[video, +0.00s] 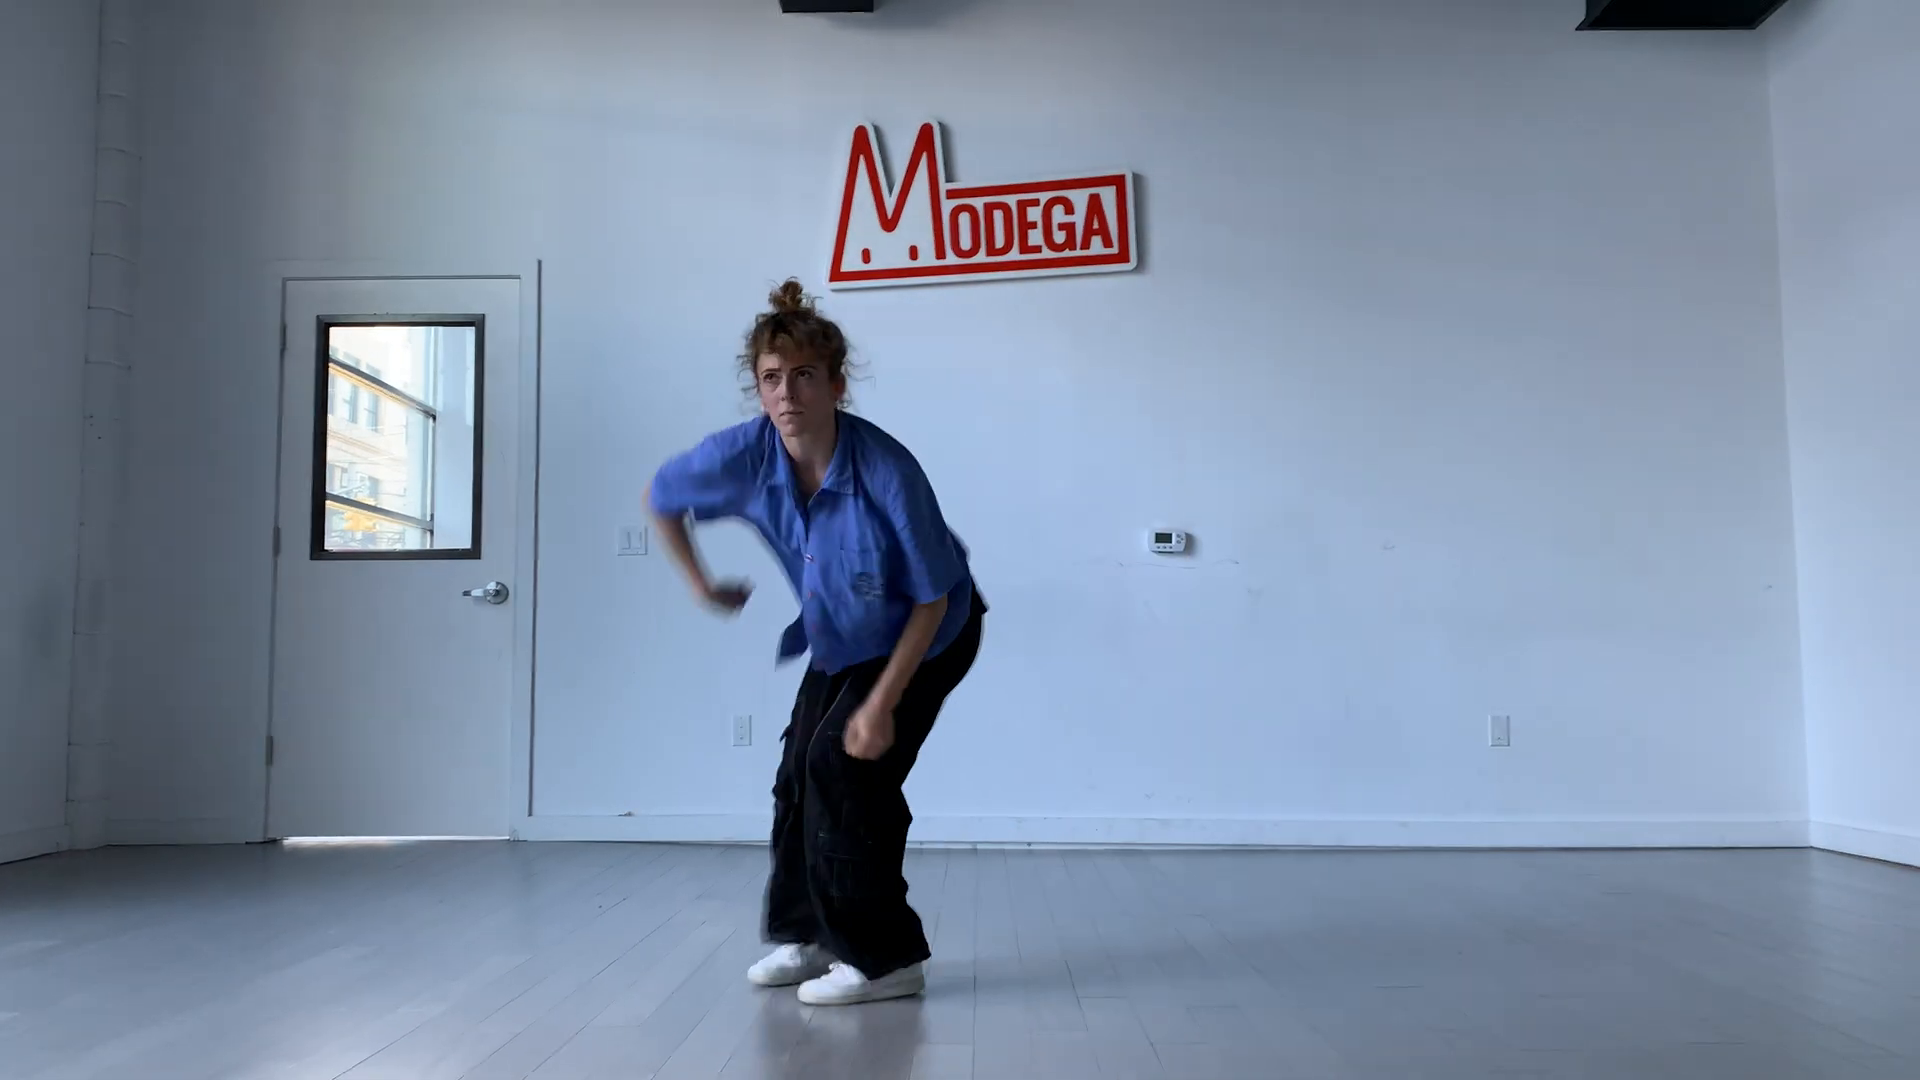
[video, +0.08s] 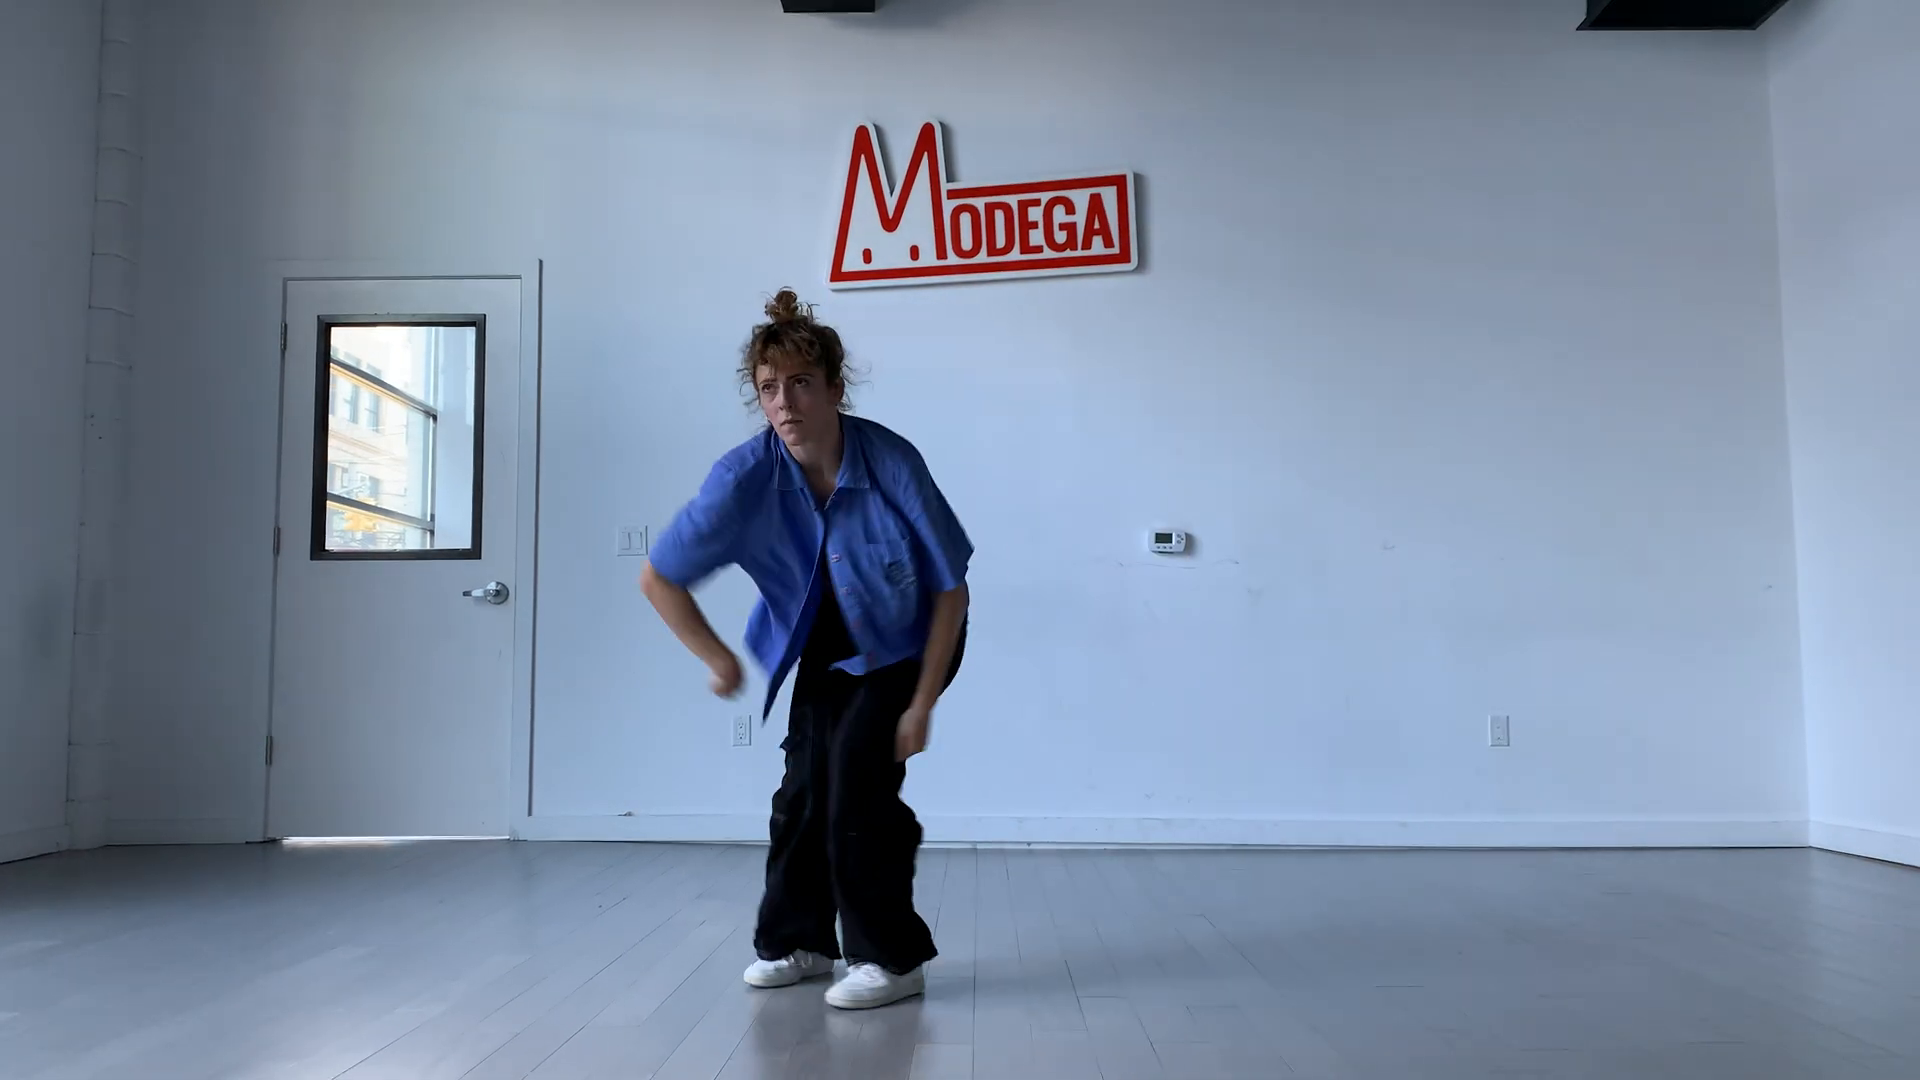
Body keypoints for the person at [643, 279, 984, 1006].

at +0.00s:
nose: (786, 392)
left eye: (802, 376)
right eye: (772, 378)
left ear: (837, 384)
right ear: (757, 390)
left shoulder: (886, 473)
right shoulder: (749, 453)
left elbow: (937, 594)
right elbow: (661, 495)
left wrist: (882, 699)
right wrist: (701, 584)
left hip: (926, 626)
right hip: (842, 629)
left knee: (848, 763)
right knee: (800, 768)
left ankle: (887, 957)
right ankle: (809, 936)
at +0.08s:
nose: (784, 402)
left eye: (799, 384)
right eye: (770, 388)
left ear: (835, 387)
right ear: (757, 397)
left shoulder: (891, 464)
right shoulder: (745, 477)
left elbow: (951, 583)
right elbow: (657, 576)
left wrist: (923, 703)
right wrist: (718, 657)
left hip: (904, 643)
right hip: (818, 648)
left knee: (858, 774)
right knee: (803, 784)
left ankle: (891, 957)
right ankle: (802, 943)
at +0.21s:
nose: (770, 414)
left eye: (786, 395)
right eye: (757, 398)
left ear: (823, 395)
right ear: (746, 407)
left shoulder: (884, 453)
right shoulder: (750, 479)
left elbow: (983, 521)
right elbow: (761, 595)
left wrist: (980, 634)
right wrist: (868, 609)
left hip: (909, 646)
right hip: (811, 659)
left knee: (926, 772)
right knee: (776, 804)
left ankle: (933, 937)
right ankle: (807, 943)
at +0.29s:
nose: (766, 412)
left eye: (782, 394)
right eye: (754, 397)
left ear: (819, 394)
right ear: (744, 403)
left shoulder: (867, 436)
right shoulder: (753, 476)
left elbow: (942, 437)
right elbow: (826, 567)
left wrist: (953, 542)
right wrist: (943, 550)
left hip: (913, 654)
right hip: (819, 659)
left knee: (968, 780)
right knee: (739, 805)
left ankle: (1019, 937)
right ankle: (800, 940)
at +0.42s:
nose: (788, 399)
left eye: (798, 383)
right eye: (772, 388)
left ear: (825, 384)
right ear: (756, 402)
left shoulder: (867, 437)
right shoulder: (765, 470)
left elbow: (849, 340)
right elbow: (820, 536)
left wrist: (789, 368)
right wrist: (917, 506)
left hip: (921, 668)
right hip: (826, 674)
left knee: (1008, 797)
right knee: (700, 790)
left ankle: (1068, 937)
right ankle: (799, 935)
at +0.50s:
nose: (763, 383)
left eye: (776, 367)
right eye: (758, 372)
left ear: (823, 372)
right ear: (758, 384)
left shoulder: (871, 416)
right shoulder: (769, 459)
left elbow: (846, 301)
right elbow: (724, 503)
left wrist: (727, 287)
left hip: (910, 663)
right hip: (820, 662)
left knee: (1003, 798)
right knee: (689, 790)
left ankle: (1072, 930)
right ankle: (789, 929)